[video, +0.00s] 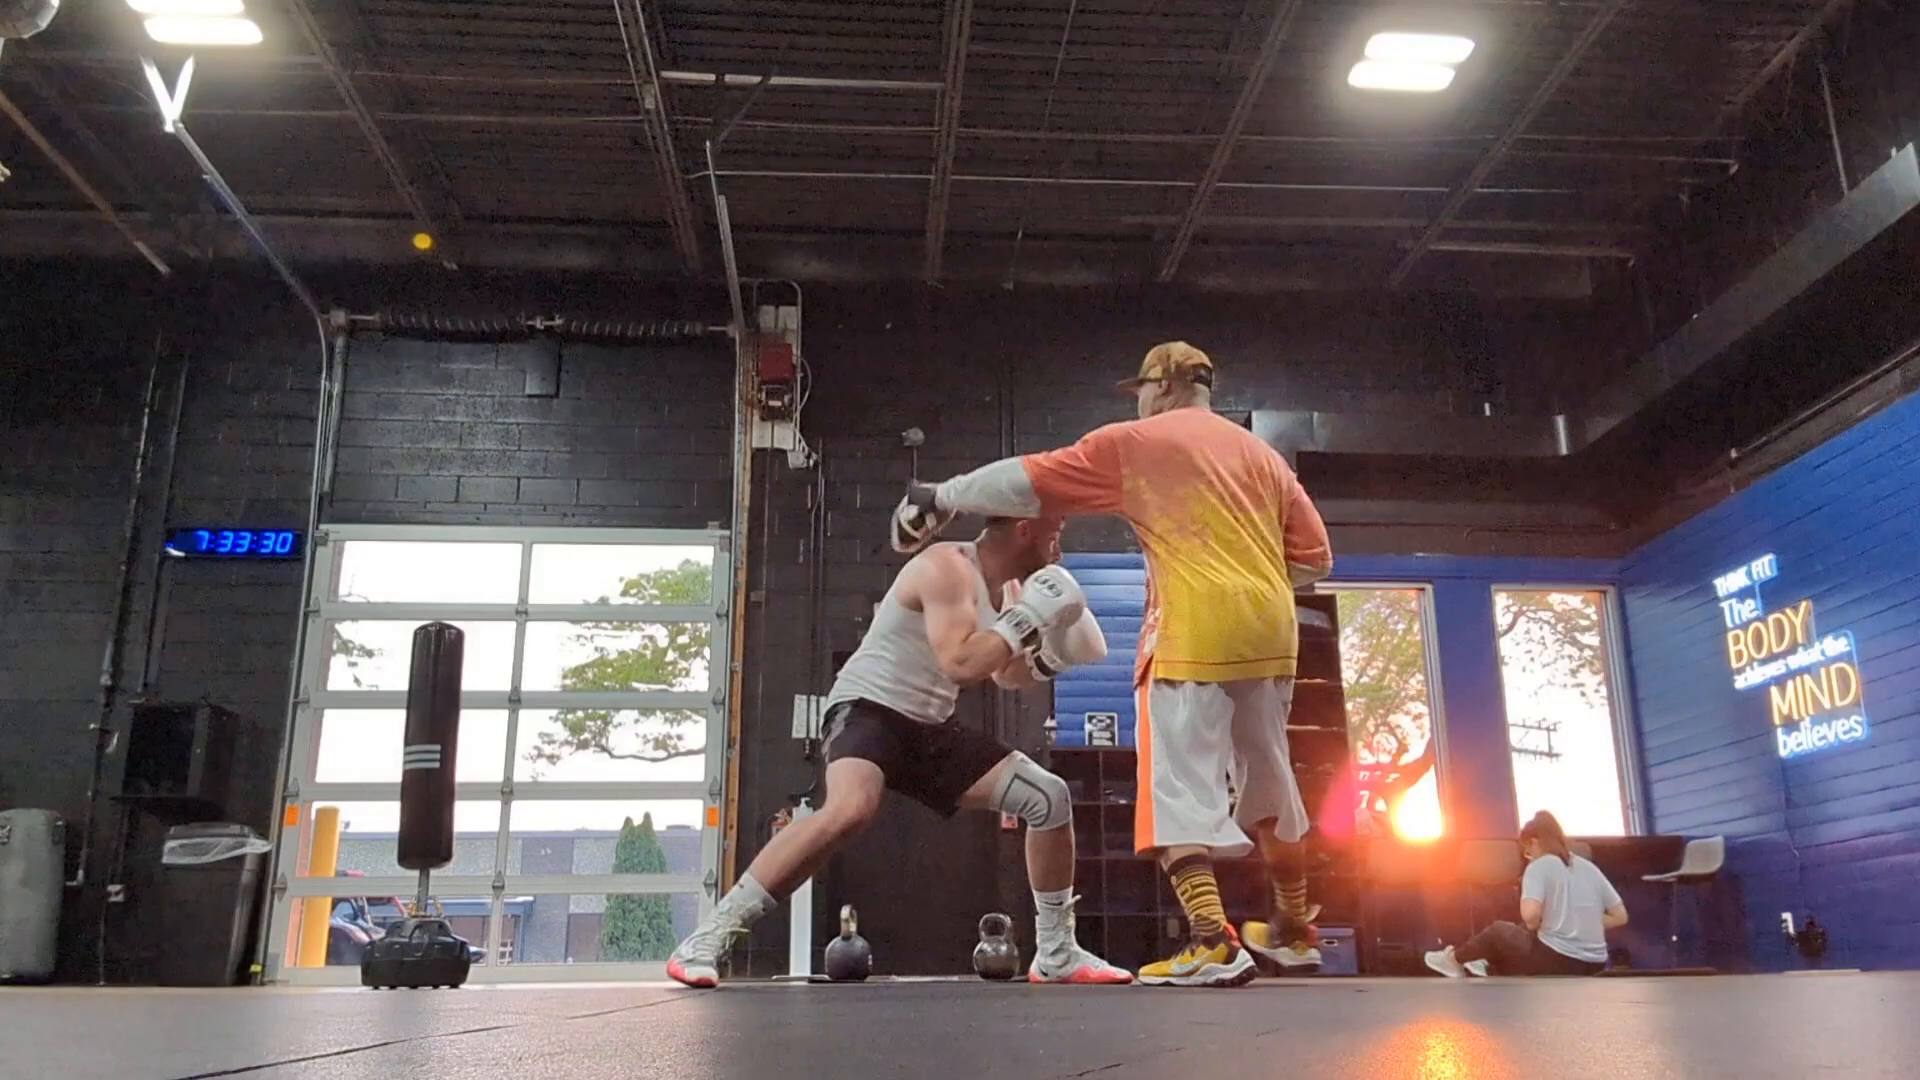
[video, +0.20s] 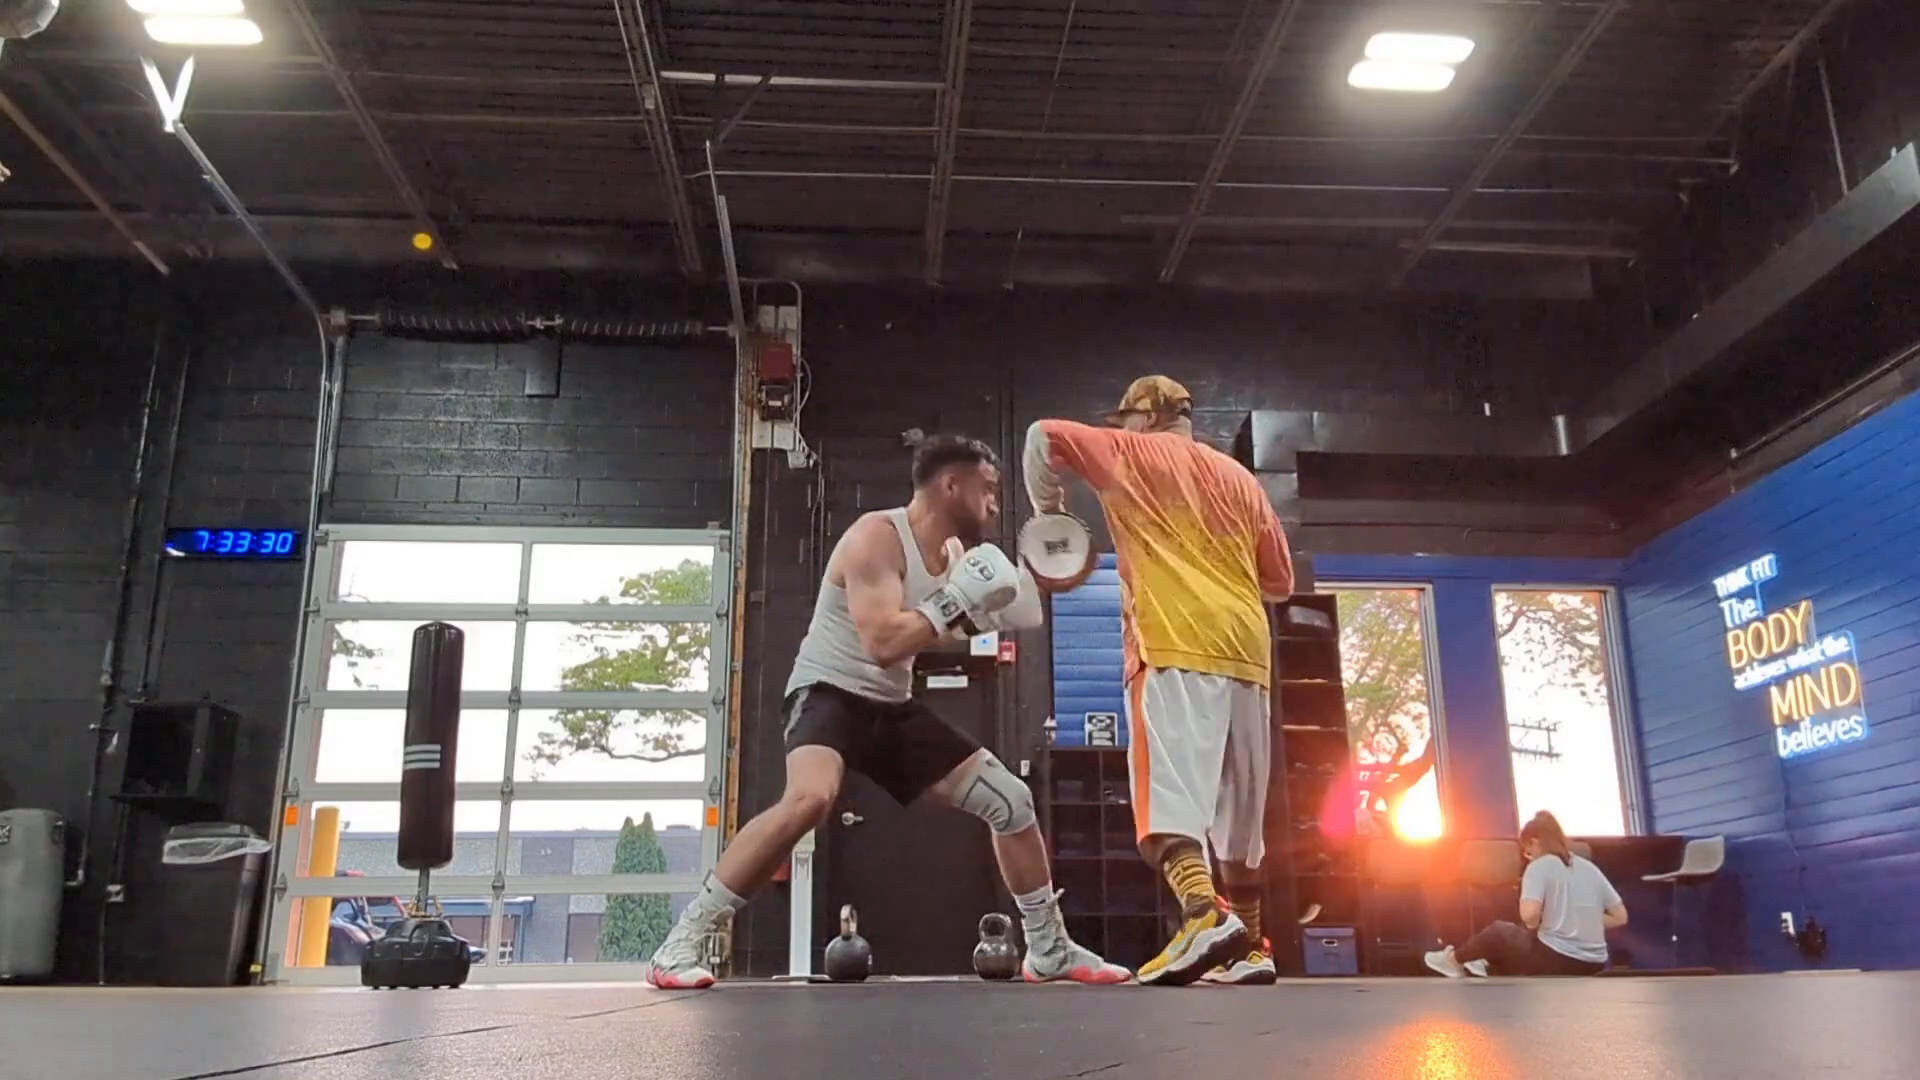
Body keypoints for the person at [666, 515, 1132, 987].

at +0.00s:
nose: (1059, 544)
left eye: (1060, 533)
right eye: (1056, 531)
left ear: (1018, 526)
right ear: (1025, 526)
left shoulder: (1007, 590)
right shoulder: (947, 563)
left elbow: (1011, 672)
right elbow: (960, 660)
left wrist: (1049, 659)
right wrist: (1026, 616)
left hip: (931, 732)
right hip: (867, 713)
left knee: (1048, 799)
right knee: (851, 809)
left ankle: (1056, 954)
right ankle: (709, 939)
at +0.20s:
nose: (994, 503)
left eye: (996, 492)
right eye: (987, 489)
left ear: (960, 489)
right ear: (947, 485)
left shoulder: (959, 558)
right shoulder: (873, 536)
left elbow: (927, 644)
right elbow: (881, 640)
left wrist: (982, 637)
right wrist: (956, 594)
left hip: (895, 710)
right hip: (830, 696)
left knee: (1010, 801)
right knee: (811, 800)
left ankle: (1049, 951)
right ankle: (686, 941)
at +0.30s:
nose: (980, 461)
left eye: (980, 447)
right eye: (974, 445)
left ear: (936, 443)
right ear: (941, 439)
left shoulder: (923, 513)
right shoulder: (872, 493)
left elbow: (903, 591)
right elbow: (891, 593)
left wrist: (966, 568)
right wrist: (954, 554)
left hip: (883, 676)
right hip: (829, 666)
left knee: (995, 779)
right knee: (817, 800)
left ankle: (977, 936)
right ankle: (690, 937)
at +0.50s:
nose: (952, 424)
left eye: (952, 414)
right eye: (950, 413)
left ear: (889, 410)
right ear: (930, 406)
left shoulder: (839, 471)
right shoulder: (933, 445)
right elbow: (1010, 511)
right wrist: (1024, 490)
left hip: (846, 632)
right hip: (862, 629)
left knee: (957, 783)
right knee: (853, 796)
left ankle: (931, 947)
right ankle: (684, 902)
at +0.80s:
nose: (936, 399)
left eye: (934, 387)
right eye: (936, 386)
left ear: (878, 380)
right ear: (924, 381)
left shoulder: (861, 431)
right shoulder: (883, 420)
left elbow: (886, 544)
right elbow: (906, 520)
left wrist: (930, 518)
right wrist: (938, 502)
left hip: (845, 614)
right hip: (824, 610)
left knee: (901, 769)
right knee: (865, 764)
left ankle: (893, 934)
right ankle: (769, 936)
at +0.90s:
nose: (919, 390)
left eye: (916, 379)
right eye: (919, 378)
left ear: (858, 368)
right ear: (908, 374)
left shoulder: (835, 422)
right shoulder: (870, 414)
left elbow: (900, 524)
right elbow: (915, 515)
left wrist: (939, 512)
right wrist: (937, 478)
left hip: (822, 606)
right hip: (833, 603)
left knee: (894, 772)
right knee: (871, 763)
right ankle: (767, 939)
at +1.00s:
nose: (896, 386)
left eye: (894, 377)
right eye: (895, 376)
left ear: (827, 376)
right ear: (887, 370)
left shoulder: (790, 440)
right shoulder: (883, 416)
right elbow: (938, 507)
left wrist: (847, 538)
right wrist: (940, 534)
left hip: (797, 613)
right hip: (854, 602)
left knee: (845, 782)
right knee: (884, 773)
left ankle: (776, 938)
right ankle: (773, 934)